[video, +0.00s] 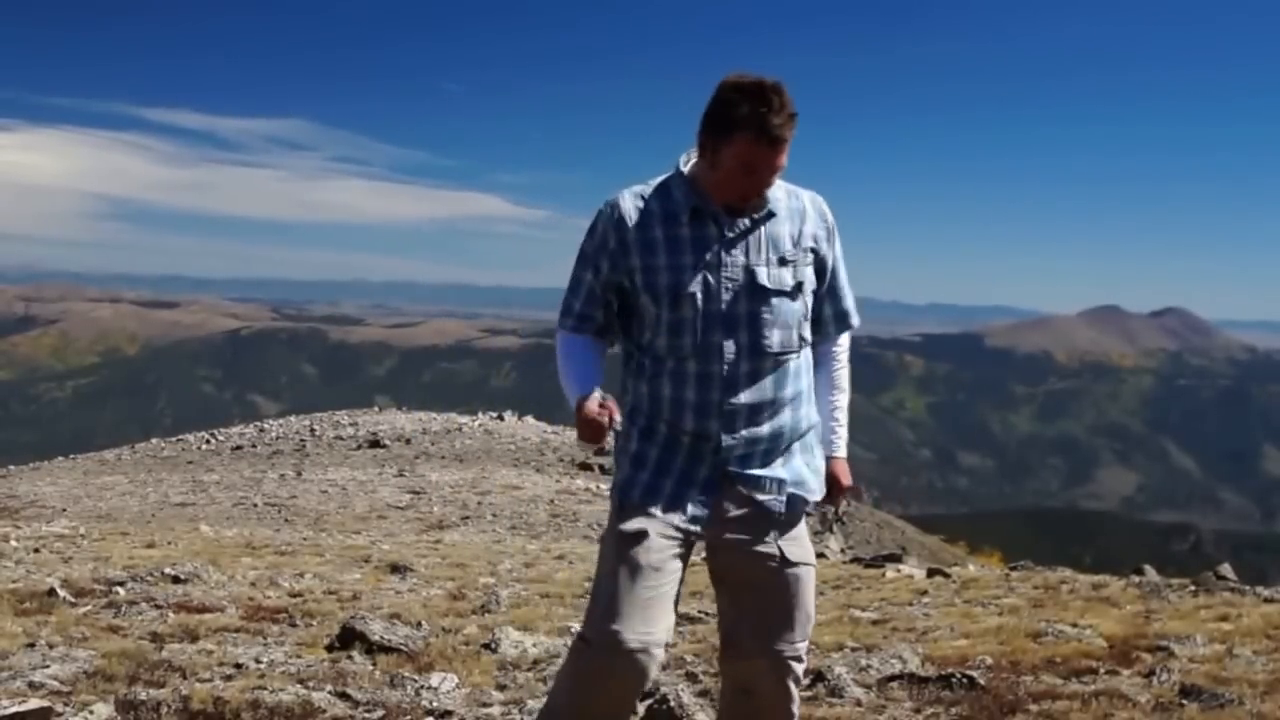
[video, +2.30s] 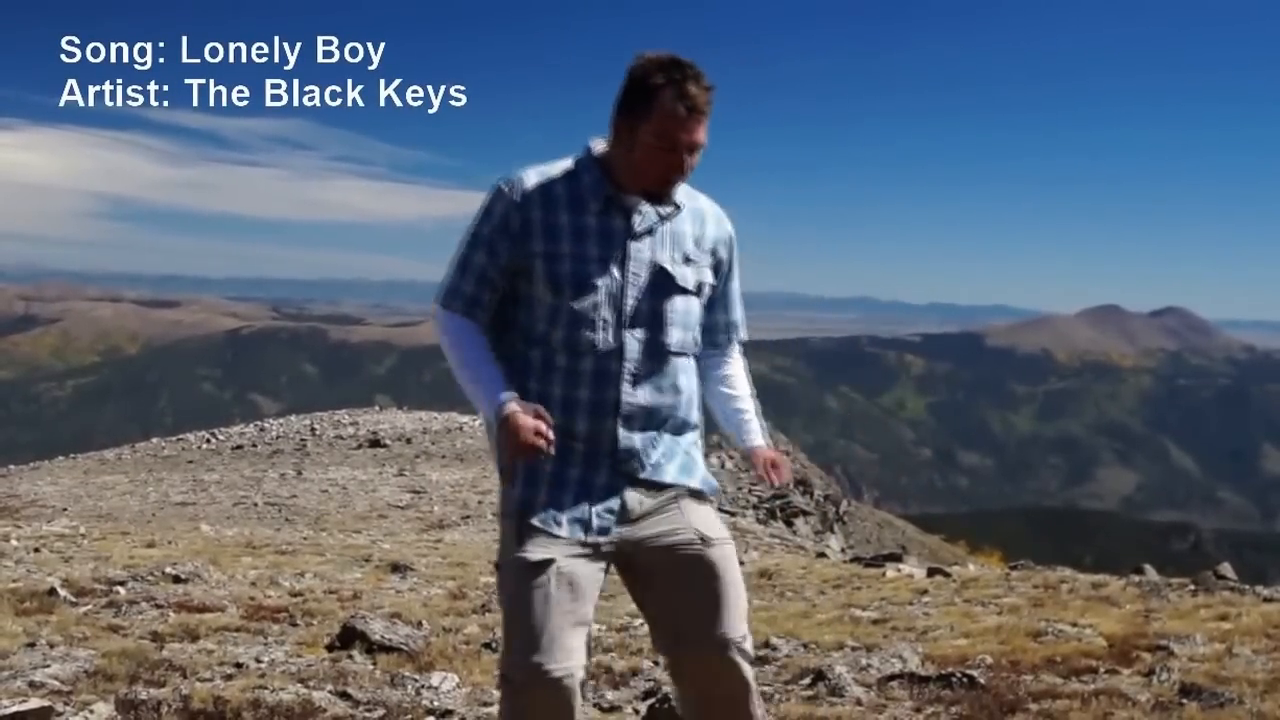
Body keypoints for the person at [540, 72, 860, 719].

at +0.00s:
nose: (762, 187)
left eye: (774, 171)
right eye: (751, 171)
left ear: (784, 154)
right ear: (709, 148)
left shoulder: (808, 218)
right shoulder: (630, 219)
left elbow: (831, 338)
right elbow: (579, 328)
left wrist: (834, 446)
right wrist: (586, 393)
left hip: (774, 478)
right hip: (659, 475)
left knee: (773, 671)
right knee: (622, 652)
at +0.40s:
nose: (729, 183)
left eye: (737, 169)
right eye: (721, 167)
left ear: (741, 160)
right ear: (674, 147)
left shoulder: (737, 236)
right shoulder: (576, 230)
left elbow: (733, 360)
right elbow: (521, 349)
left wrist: (751, 453)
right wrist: (542, 452)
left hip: (701, 500)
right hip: (590, 500)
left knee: (732, 683)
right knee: (591, 692)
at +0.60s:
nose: (651, 151)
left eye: (666, 135)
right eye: (637, 133)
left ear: (689, 130)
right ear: (609, 127)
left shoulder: (723, 228)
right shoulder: (538, 208)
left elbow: (736, 349)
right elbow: (476, 311)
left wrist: (771, 416)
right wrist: (488, 407)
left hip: (664, 481)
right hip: (550, 484)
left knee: (700, 662)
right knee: (558, 682)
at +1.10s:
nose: (606, 161)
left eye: (621, 142)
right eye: (591, 146)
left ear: (657, 134)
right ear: (577, 145)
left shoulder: (725, 223)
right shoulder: (577, 226)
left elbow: (779, 338)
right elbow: (554, 333)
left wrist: (792, 423)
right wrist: (504, 421)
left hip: (699, 494)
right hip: (590, 489)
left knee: (742, 686)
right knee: (565, 683)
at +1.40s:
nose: (681, 176)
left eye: (695, 158)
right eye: (664, 160)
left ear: (721, 138)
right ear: (642, 150)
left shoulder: (791, 211)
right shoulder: (636, 229)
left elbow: (858, 327)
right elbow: (624, 330)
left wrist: (875, 449)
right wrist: (582, 398)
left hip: (781, 476)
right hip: (675, 473)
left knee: (792, 679)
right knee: (629, 670)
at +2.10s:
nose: (734, 168)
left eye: (746, 153)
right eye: (720, 151)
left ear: (759, 144)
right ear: (677, 133)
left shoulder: (769, 225)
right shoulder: (584, 208)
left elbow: (788, 341)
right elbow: (520, 315)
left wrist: (836, 394)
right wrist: (550, 414)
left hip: (722, 486)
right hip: (606, 483)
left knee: (762, 677)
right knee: (577, 671)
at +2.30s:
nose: (684, 167)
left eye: (695, 151)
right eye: (674, 149)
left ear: (703, 140)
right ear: (626, 129)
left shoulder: (709, 226)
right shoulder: (527, 202)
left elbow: (720, 350)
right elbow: (458, 313)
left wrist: (753, 438)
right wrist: (499, 404)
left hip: (672, 485)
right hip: (555, 491)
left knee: (722, 660)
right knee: (544, 678)